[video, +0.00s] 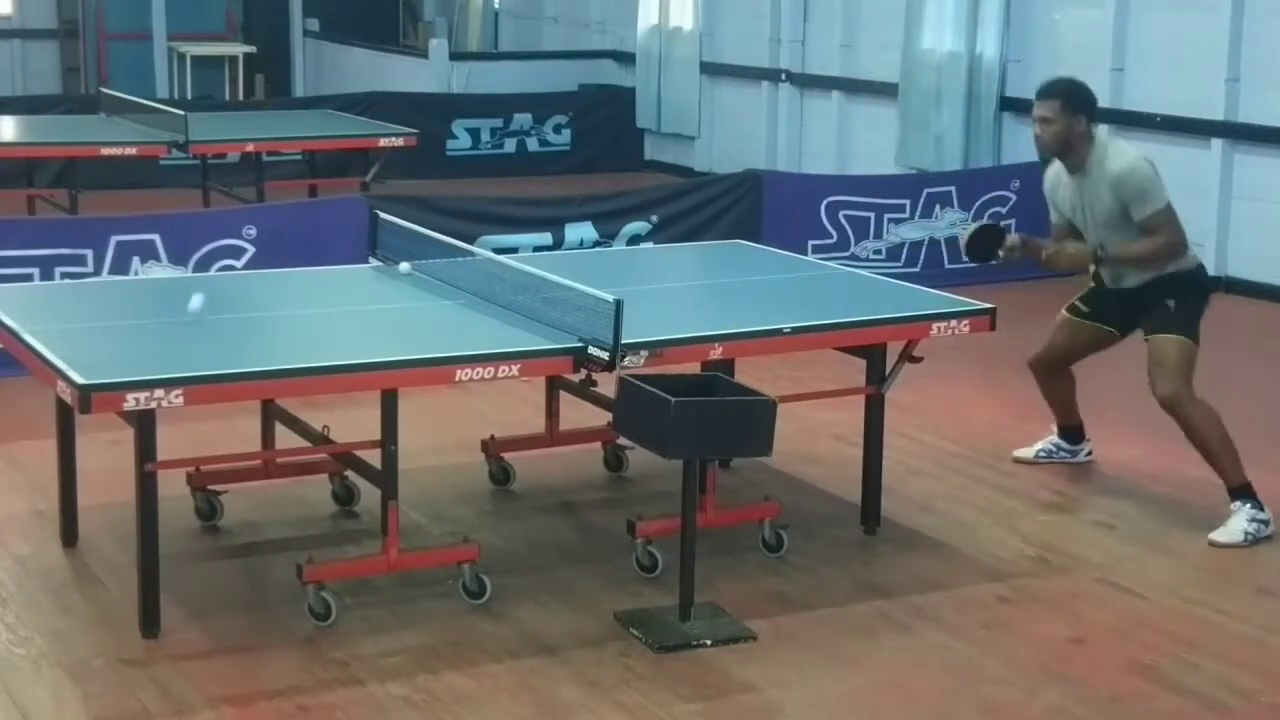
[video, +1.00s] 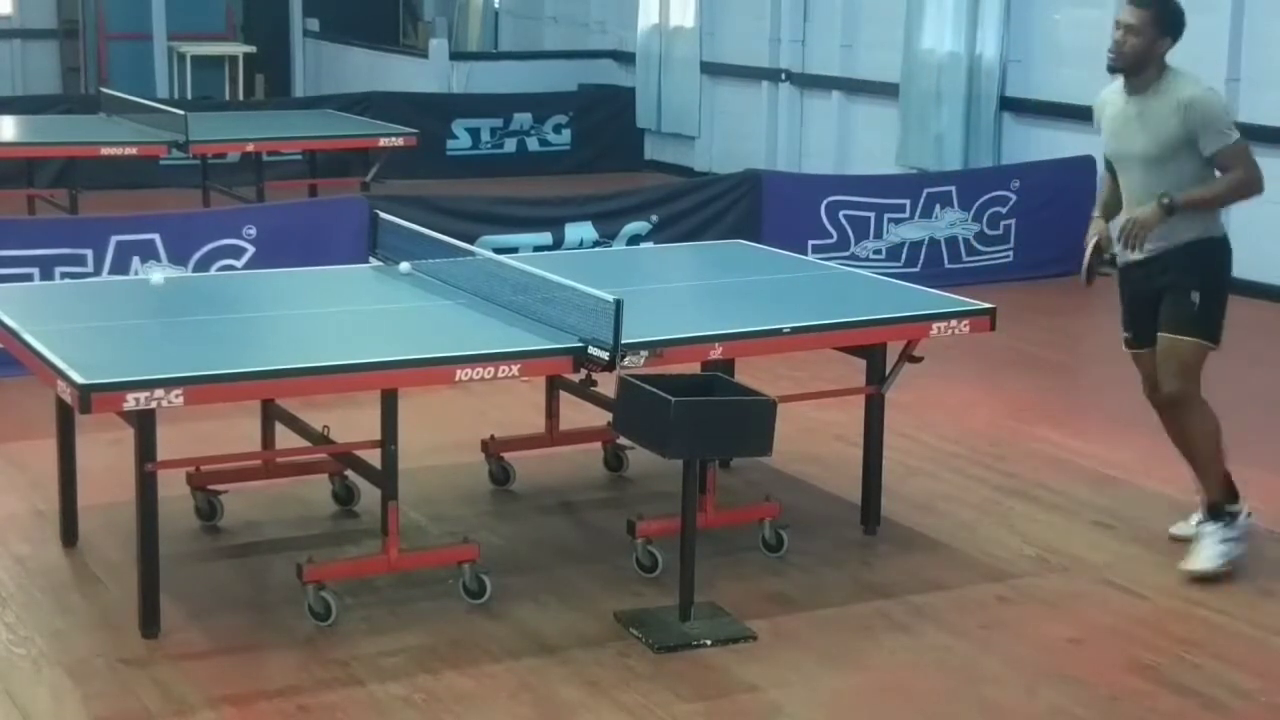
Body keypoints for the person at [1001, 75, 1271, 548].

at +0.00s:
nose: (1035, 131)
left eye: (1046, 122)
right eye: (1035, 121)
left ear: (1079, 124)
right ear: (1044, 123)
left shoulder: (1126, 167)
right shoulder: (1055, 177)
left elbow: (1173, 242)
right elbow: (1069, 251)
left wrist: (1100, 254)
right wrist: (1026, 247)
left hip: (1171, 284)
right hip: (1114, 287)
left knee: (1171, 391)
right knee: (1046, 362)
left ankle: (1249, 506)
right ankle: (1072, 441)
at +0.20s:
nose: (1040, 123)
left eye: (1050, 113)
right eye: (1039, 113)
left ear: (1084, 116)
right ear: (1057, 117)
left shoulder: (1133, 160)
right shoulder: (1063, 167)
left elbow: (1185, 231)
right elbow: (1080, 237)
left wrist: (1109, 248)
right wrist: (1036, 241)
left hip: (1183, 273)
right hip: (1126, 275)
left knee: (1183, 385)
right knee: (1059, 355)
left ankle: (1250, 506)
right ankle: (1073, 440)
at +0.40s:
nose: (1059, 120)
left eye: (1069, 112)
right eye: (1058, 111)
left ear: (1103, 118)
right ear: (1065, 115)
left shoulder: (1149, 168)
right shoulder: (1070, 169)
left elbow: (1199, 241)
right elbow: (1074, 237)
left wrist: (1120, 256)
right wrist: (1034, 241)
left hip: (1175, 287)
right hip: (1115, 288)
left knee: (1168, 391)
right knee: (1048, 363)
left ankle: (1245, 504)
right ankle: (1071, 441)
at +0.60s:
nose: (1100, 61)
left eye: (1112, 52)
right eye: (1101, 51)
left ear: (1144, 62)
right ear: (1106, 59)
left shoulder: (1183, 119)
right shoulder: (1102, 122)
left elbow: (1239, 186)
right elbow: (1103, 181)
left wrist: (1159, 211)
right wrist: (1072, 216)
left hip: (1193, 264)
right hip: (1134, 264)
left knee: (1185, 389)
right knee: (1102, 356)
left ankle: (1250, 503)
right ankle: (1087, 444)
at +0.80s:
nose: (1116, 11)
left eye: (1131, 4)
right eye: (1118, 2)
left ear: (1164, 15)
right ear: (1123, 12)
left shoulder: (1193, 70)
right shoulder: (1113, 74)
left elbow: (1258, 135)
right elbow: (1130, 142)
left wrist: (1176, 171)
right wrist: (1110, 195)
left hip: (1195, 232)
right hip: (1137, 234)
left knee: (1187, 364)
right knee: (1142, 360)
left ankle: (1248, 485)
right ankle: (1197, 476)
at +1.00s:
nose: (1116, 39)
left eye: (1130, 32)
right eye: (1116, 28)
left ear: (1163, 44)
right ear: (1114, 33)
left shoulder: (1196, 102)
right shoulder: (1107, 101)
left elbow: (1249, 178)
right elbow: (1114, 175)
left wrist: (1167, 206)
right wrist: (1100, 220)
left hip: (1194, 256)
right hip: (1137, 263)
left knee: (1176, 388)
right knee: (1159, 392)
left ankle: (1228, 514)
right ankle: (1216, 502)